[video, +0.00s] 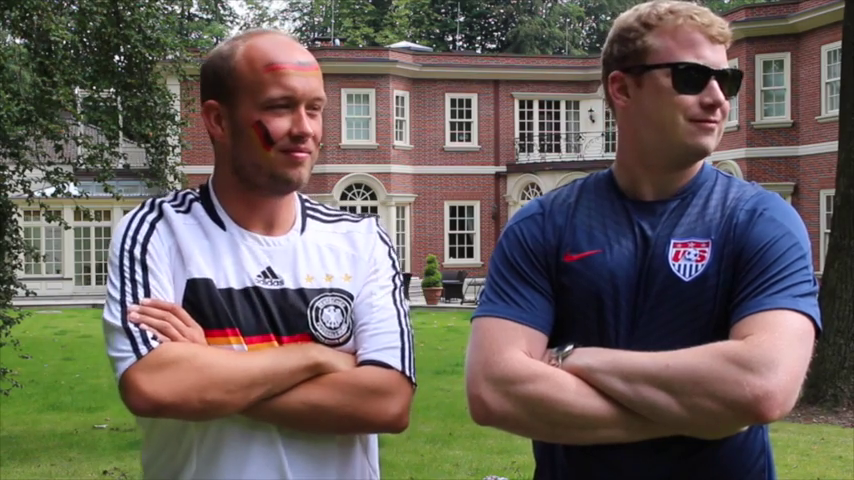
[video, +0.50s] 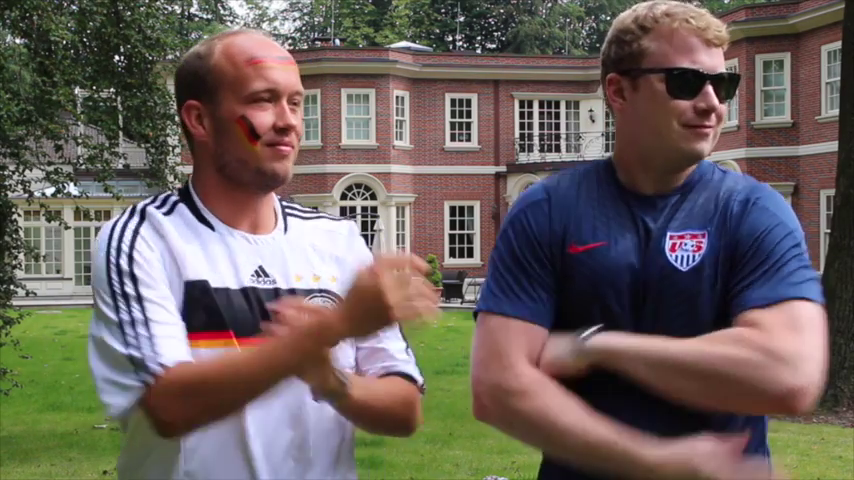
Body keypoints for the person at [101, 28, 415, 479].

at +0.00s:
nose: (305, 129)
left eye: (314, 109)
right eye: (280, 107)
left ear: (324, 117)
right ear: (216, 121)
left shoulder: (361, 239)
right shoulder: (152, 229)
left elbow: (389, 403)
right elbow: (146, 386)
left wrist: (214, 376)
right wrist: (318, 358)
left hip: (338, 475)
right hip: (201, 473)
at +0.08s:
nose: (303, 129)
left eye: (311, 108)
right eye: (277, 107)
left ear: (322, 116)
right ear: (214, 121)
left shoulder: (358, 239)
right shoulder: (149, 230)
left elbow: (388, 403)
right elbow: (146, 387)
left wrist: (214, 375)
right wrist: (316, 357)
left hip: (336, 476)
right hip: (198, 474)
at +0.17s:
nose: (301, 128)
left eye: (310, 108)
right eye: (275, 106)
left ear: (320, 115)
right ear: (212, 121)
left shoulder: (355, 239)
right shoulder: (147, 230)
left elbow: (387, 403)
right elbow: (144, 387)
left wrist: (213, 376)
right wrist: (314, 356)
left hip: (335, 476)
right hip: (196, 474)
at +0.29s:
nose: (297, 122)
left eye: (306, 103)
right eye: (271, 101)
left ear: (314, 112)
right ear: (208, 119)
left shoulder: (350, 240)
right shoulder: (143, 232)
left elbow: (389, 404)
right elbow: (134, 389)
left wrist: (213, 370)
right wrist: (299, 340)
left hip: (332, 473)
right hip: (192, 473)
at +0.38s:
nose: (294, 115)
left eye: (301, 98)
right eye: (269, 95)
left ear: (309, 109)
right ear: (204, 117)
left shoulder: (348, 240)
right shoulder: (140, 232)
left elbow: (403, 406)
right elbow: (125, 388)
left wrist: (248, 361)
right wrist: (289, 304)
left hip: (330, 474)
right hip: (191, 472)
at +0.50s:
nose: (288, 122)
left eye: (295, 103)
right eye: (263, 100)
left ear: (304, 110)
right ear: (197, 119)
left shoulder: (339, 242)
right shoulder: (136, 239)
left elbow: (405, 411)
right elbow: (169, 407)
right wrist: (342, 322)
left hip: (323, 475)